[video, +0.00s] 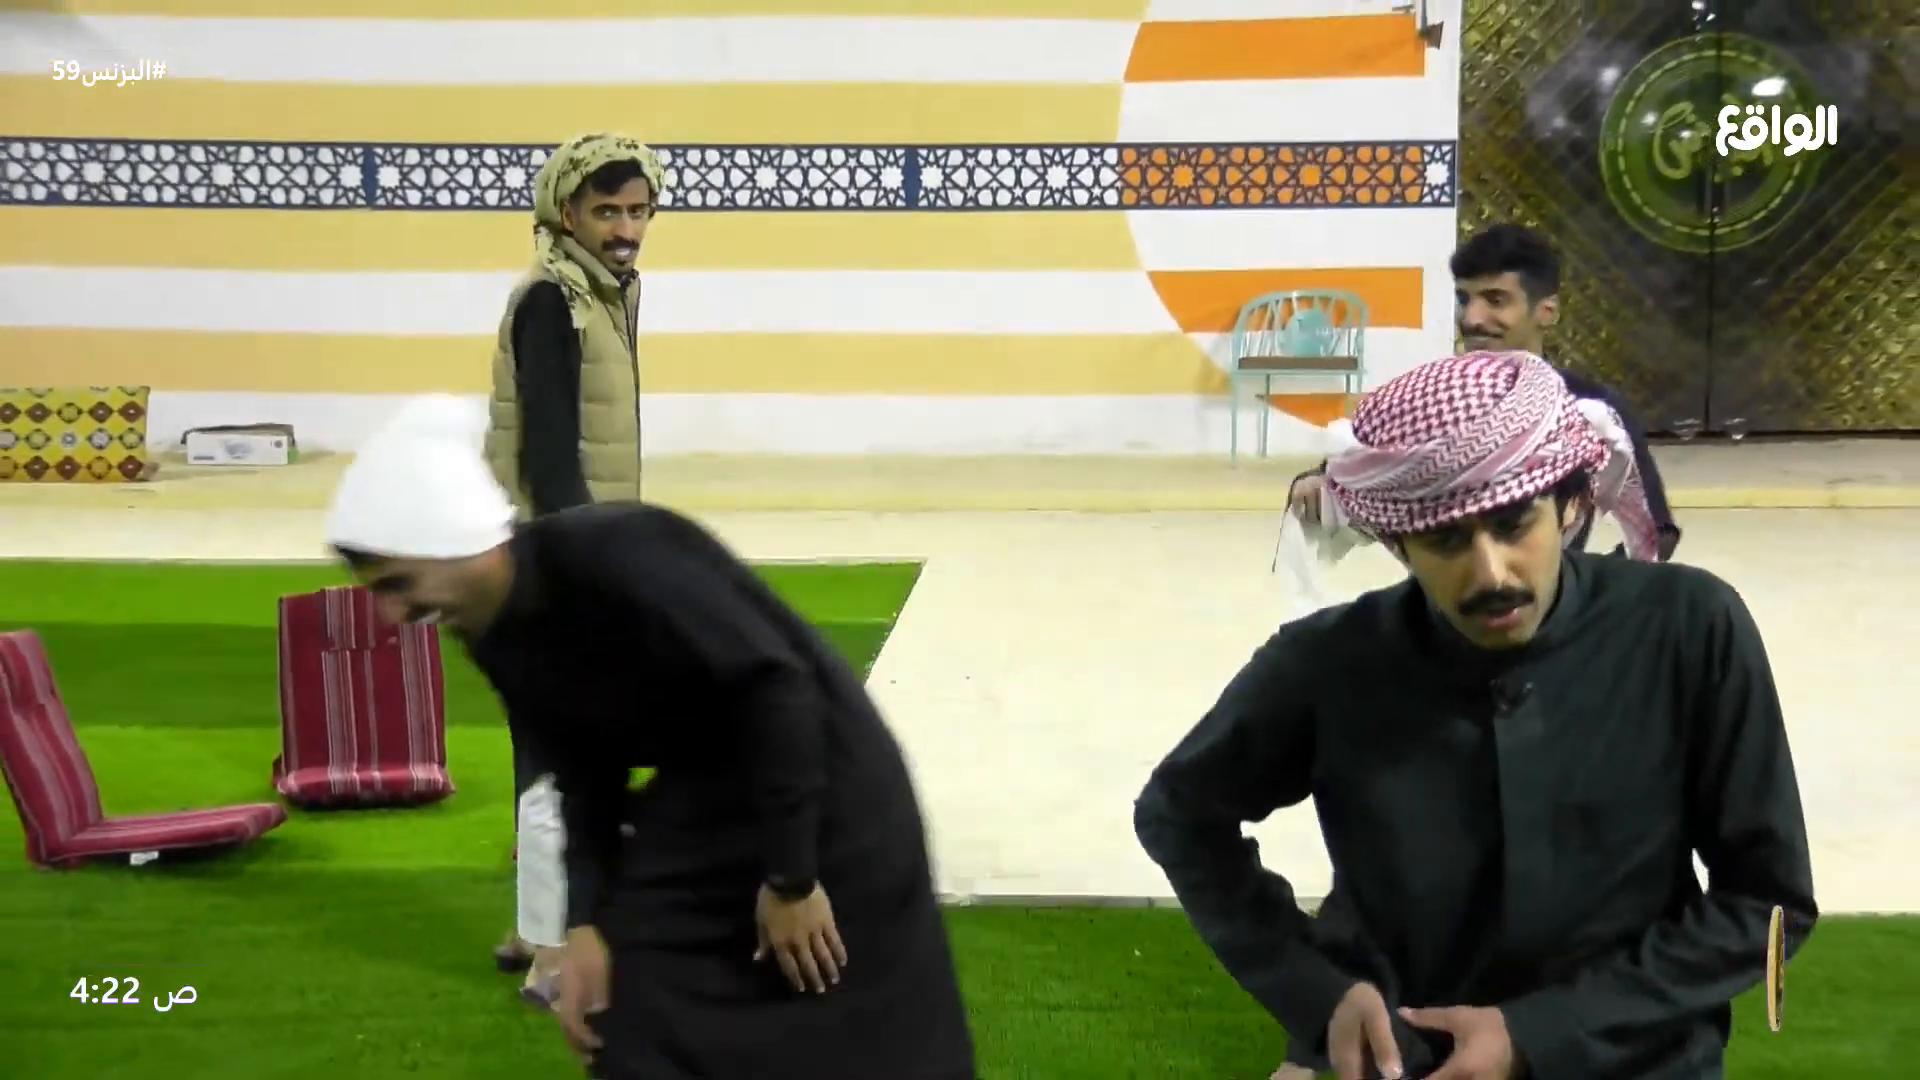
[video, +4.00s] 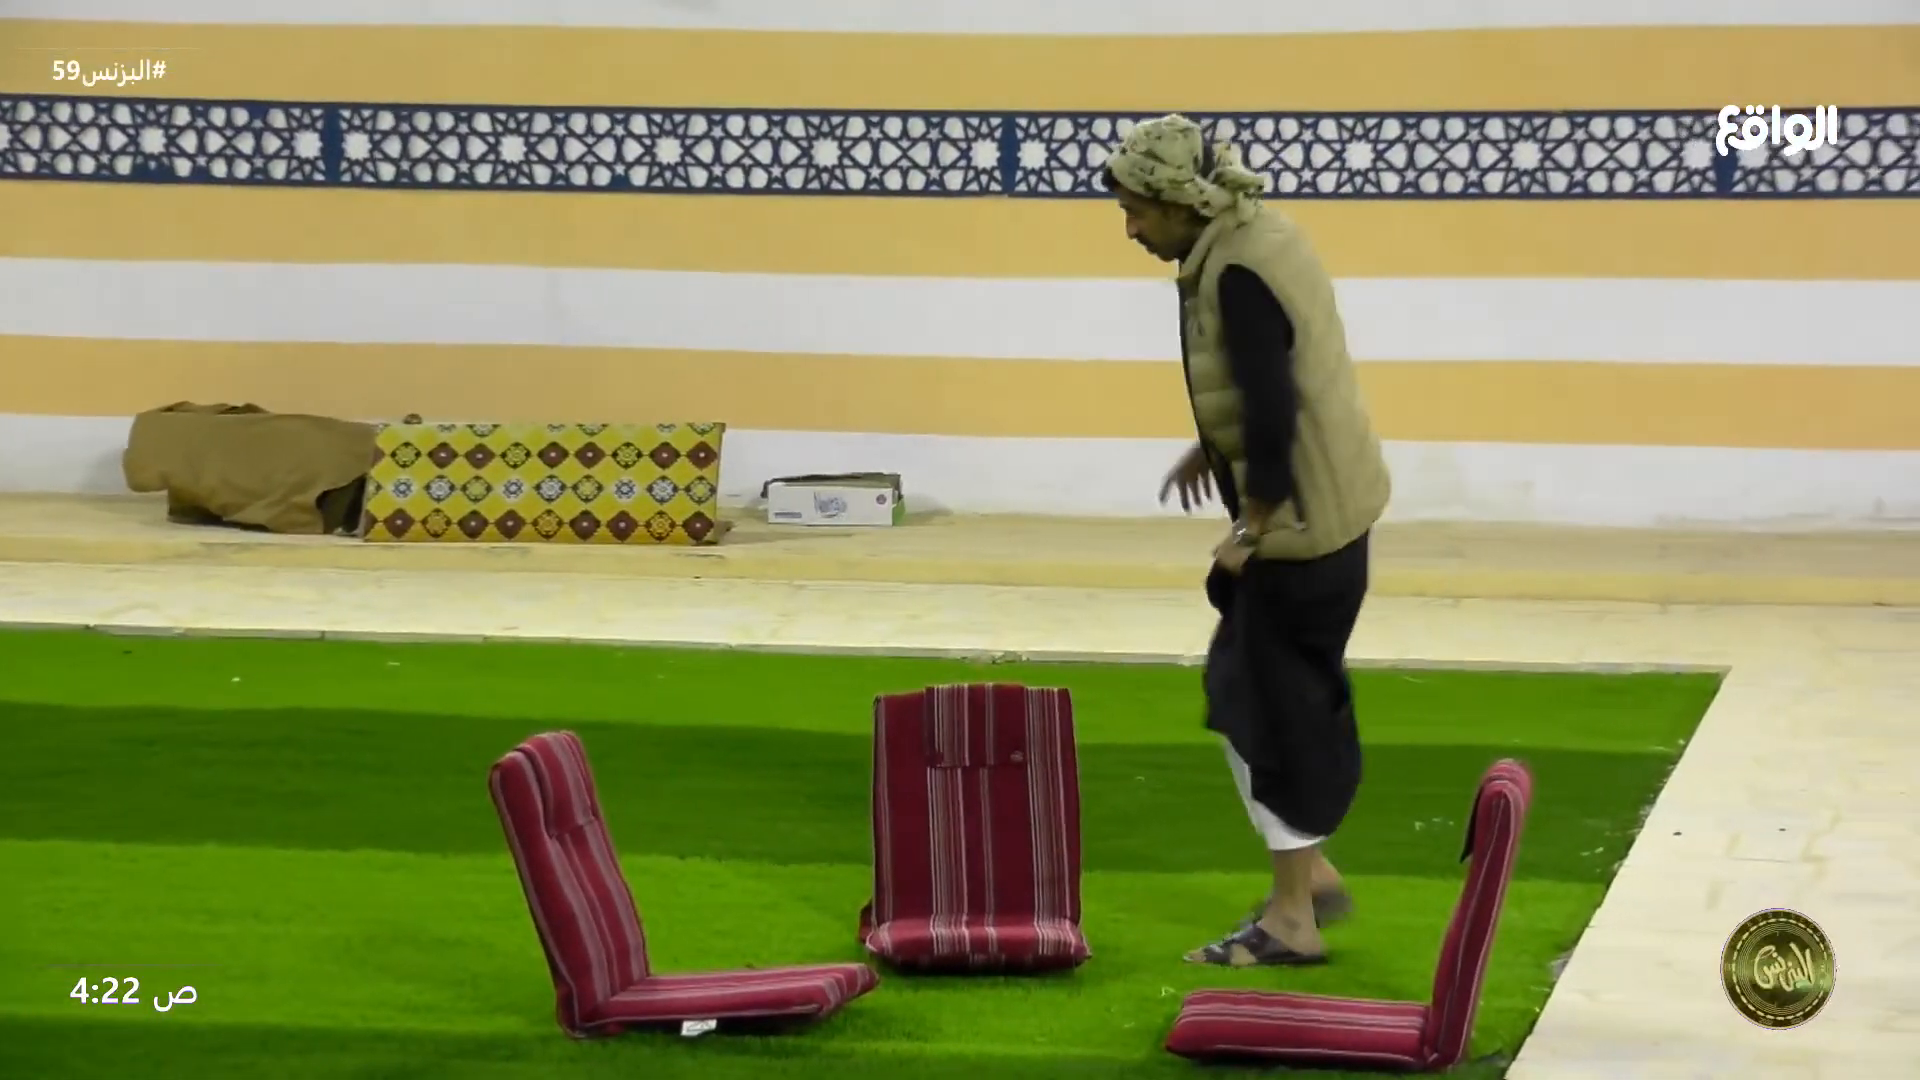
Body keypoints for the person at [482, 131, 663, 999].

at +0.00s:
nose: (626, 229)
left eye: (638, 213)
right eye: (607, 212)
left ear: (648, 217)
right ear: (563, 215)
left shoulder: (607, 302)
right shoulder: (548, 303)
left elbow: (611, 443)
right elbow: (552, 454)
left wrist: (635, 558)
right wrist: (579, 570)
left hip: (601, 566)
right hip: (555, 569)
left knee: (581, 761)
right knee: (555, 763)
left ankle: (555, 927)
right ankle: (550, 943)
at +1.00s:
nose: (843, 252)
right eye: (843, 242)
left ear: (772, 240)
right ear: (837, 248)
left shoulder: (726, 308)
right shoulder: (855, 316)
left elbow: (700, 420)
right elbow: (888, 422)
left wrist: (736, 467)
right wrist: (855, 465)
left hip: (731, 529)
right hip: (822, 531)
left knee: (741, 658)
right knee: (838, 681)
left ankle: (770, 792)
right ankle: (853, 847)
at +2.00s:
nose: (997, 264)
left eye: (1005, 248)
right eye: (994, 249)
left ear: (1045, 245)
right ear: (1052, 248)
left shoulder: (1073, 307)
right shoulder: (1094, 298)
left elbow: (1071, 415)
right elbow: (1149, 395)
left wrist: (1060, 491)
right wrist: (1087, 483)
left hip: (1109, 523)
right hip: (1140, 517)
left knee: (1031, 665)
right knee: (1075, 675)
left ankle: (1105, 825)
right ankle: (1104, 831)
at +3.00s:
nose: (1319, 187)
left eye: (1335, 171)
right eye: (1313, 172)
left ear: (1386, 175)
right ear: (1313, 176)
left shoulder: (1443, 275)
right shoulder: (1294, 265)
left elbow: (1456, 421)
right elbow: (1210, 349)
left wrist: (1402, 531)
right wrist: (1115, 429)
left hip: (1400, 547)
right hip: (1300, 542)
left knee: (1396, 738)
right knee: (1290, 719)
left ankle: (1398, 928)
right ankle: (1359, 880)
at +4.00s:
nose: (1130, 230)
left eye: (1134, 213)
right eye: (1126, 215)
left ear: (1177, 198)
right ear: (1187, 196)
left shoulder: (1236, 271)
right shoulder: (1253, 239)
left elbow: (1272, 402)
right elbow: (1265, 374)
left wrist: (1252, 523)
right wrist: (1215, 443)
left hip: (1304, 534)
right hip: (1312, 515)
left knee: (1267, 706)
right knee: (1239, 686)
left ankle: (1292, 917)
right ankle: (1310, 873)